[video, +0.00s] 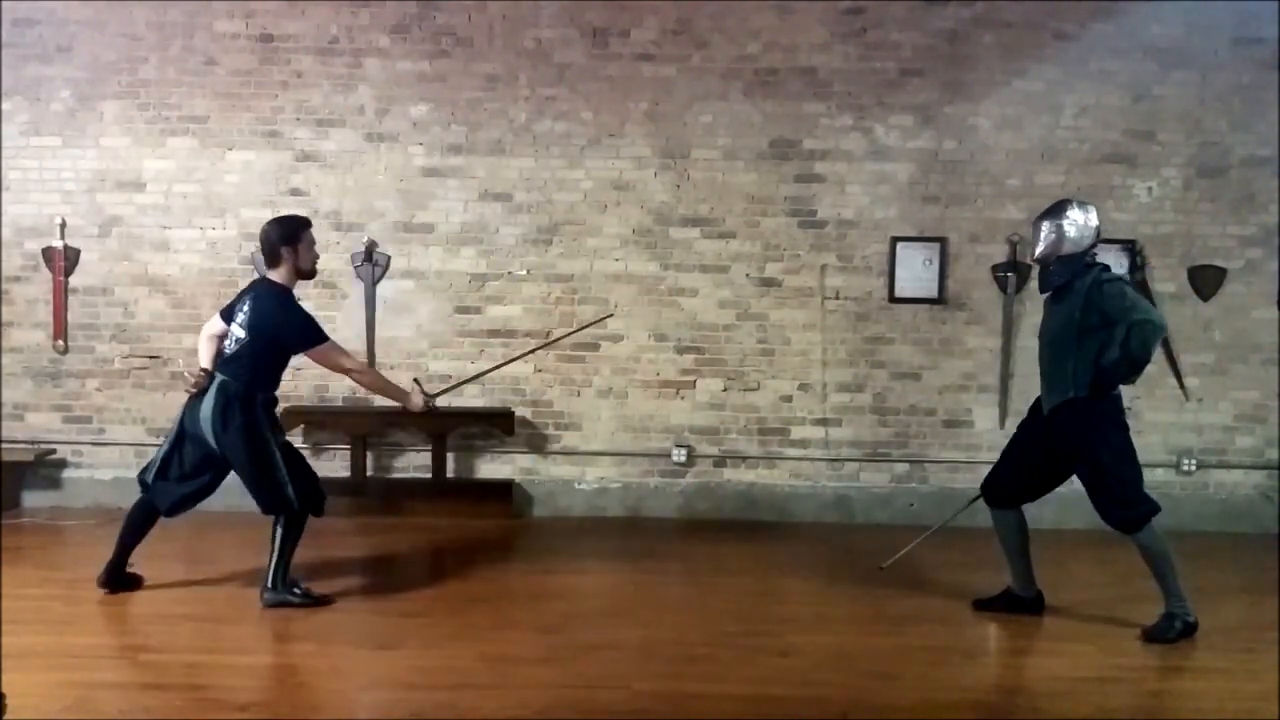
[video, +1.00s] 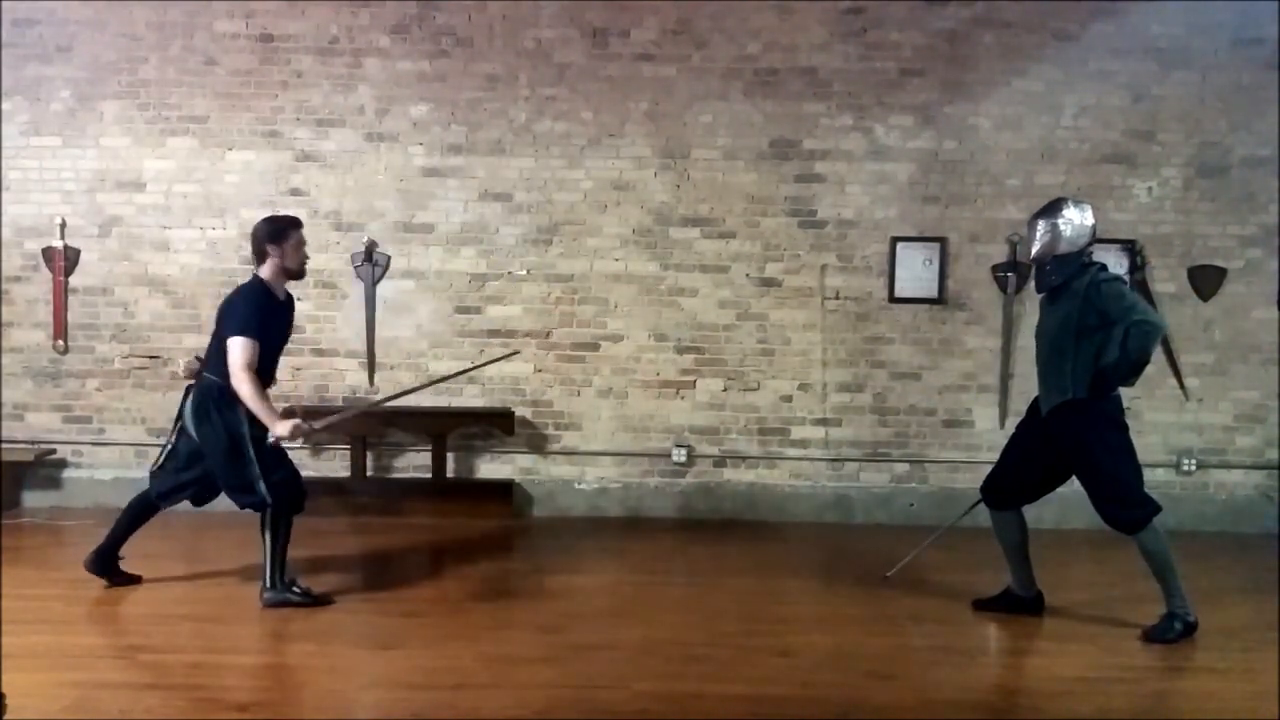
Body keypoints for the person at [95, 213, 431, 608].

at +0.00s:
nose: (317, 252)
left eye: (314, 244)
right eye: (310, 245)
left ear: (281, 253)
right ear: (288, 252)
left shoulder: (252, 293)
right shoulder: (286, 310)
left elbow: (210, 331)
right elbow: (349, 366)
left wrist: (206, 370)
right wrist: (407, 397)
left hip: (207, 405)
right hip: (241, 413)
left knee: (164, 487)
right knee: (298, 491)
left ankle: (113, 569)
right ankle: (277, 584)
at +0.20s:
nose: (297, 247)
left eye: (294, 239)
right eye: (290, 240)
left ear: (260, 251)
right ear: (267, 250)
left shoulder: (236, 291)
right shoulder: (262, 303)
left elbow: (201, 334)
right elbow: (313, 367)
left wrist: (189, 372)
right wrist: (368, 405)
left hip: (193, 406)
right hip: (224, 412)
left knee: (153, 487)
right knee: (283, 487)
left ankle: (105, 571)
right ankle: (277, 584)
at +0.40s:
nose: (281, 244)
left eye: (279, 236)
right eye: (274, 237)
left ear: (247, 245)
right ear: (249, 244)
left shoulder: (235, 291)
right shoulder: (242, 298)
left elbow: (225, 352)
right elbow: (275, 366)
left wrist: (192, 373)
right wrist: (319, 413)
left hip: (197, 405)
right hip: (218, 411)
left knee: (153, 488)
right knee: (273, 486)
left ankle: (100, 566)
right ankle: (276, 585)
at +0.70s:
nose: (273, 244)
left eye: (271, 236)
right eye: (265, 237)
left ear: (245, 245)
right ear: (238, 245)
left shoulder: (262, 297)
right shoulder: (218, 299)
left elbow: (246, 358)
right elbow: (235, 364)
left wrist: (199, 373)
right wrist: (260, 413)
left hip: (221, 405)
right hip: (209, 405)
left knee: (157, 486)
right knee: (271, 483)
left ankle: (97, 560)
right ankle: (276, 584)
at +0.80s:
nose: (277, 246)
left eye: (275, 239)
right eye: (270, 240)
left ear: (251, 247)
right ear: (243, 247)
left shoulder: (267, 300)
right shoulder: (220, 299)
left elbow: (257, 362)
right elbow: (225, 365)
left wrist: (200, 373)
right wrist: (251, 416)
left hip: (224, 406)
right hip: (208, 406)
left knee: (158, 487)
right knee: (272, 485)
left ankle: (97, 560)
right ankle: (276, 584)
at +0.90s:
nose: (289, 250)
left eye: (287, 242)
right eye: (282, 243)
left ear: (260, 249)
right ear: (255, 249)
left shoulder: (274, 303)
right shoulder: (229, 298)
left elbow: (257, 364)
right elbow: (225, 369)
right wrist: (256, 420)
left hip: (223, 407)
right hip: (209, 407)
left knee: (160, 488)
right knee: (276, 484)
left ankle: (99, 558)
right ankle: (276, 584)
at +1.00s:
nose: (306, 252)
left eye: (305, 244)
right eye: (299, 245)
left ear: (276, 252)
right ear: (273, 251)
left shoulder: (281, 300)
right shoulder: (249, 301)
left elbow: (243, 340)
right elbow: (241, 372)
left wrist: (206, 364)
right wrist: (273, 421)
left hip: (224, 405)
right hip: (219, 407)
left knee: (170, 485)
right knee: (283, 486)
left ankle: (104, 555)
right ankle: (276, 584)